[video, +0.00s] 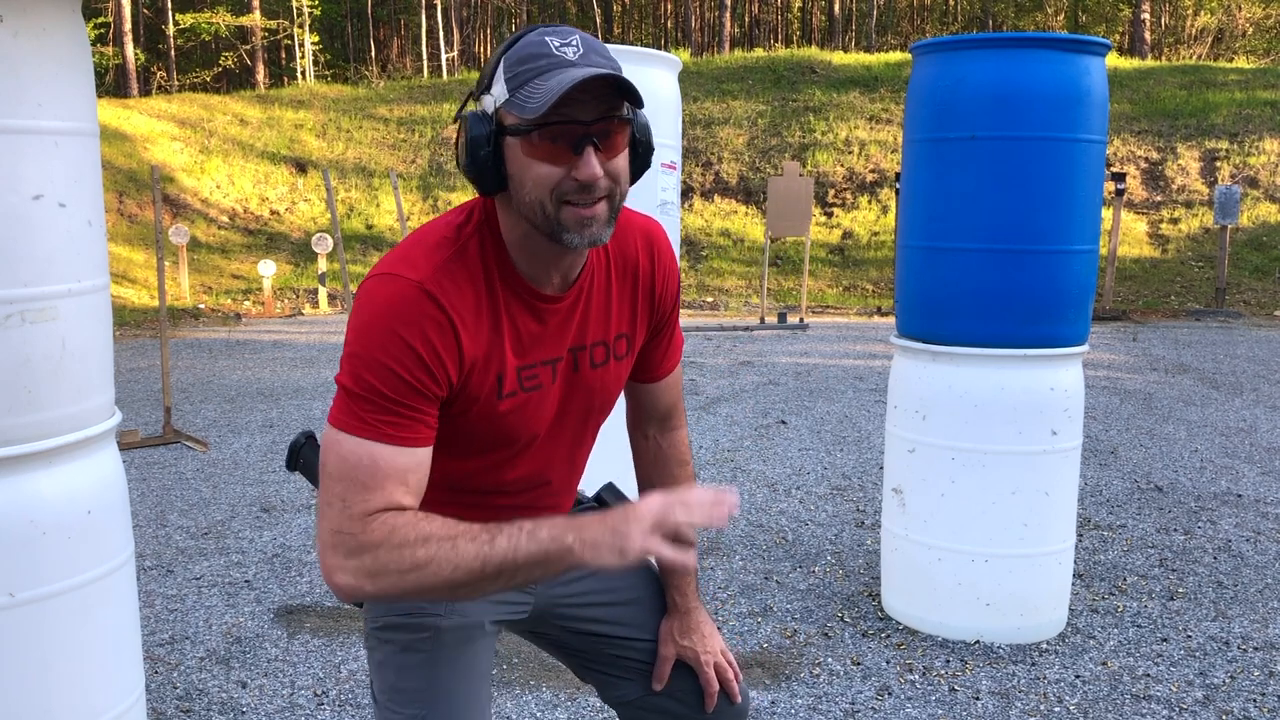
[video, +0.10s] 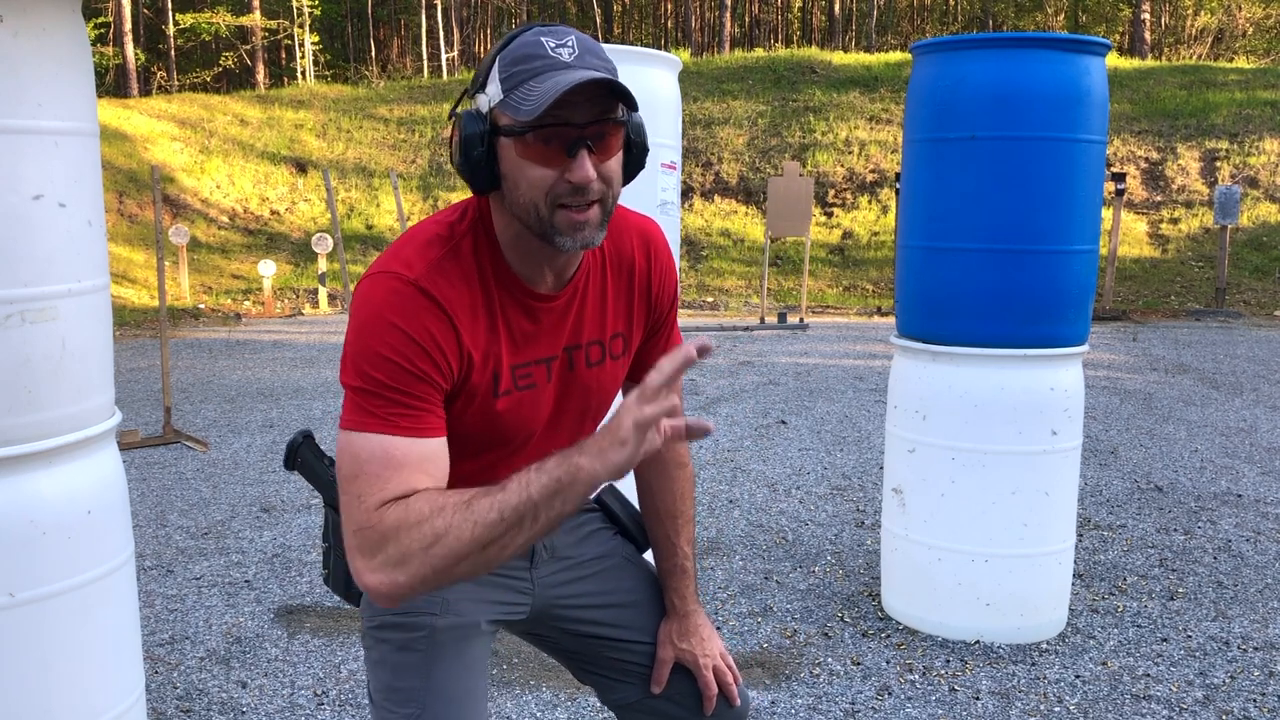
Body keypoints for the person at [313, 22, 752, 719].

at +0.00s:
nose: (590, 168)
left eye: (608, 138)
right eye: (559, 140)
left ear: (631, 145)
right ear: (490, 151)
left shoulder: (642, 255)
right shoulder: (413, 296)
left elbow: (661, 432)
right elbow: (357, 551)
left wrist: (685, 600)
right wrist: (580, 537)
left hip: (564, 547)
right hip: (430, 571)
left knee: (708, 701)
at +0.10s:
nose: (584, 172)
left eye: (602, 139)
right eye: (551, 141)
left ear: (626, 146)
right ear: (485, 150)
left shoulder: (641, 254)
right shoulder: (406, 293)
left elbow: (660, 427)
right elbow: (386, 557)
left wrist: (684, 605)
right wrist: (603, 455)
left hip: (572, 535)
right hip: (433, 567)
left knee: (711, 703)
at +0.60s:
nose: (581, 195)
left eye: (602, 161)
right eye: (550, 162)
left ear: (629, 159)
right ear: (489, 156)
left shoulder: (640, 257)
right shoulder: (406, 298)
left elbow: (658, 440)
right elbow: (389, 560)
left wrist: (681, 603)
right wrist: (598, 520)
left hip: (561, 546)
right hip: (426, 568)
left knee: (708, 703)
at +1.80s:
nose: (577, 198)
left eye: (601, 163)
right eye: (548, 163)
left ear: (634, 162)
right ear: (491, 157)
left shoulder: (650, 261)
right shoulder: (401, 291)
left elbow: (665, 435)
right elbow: (356, 542)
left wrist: (674, 601)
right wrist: (553, 578)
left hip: (551, 524)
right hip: (416, 532)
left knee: (688, 702)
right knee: (431, 707)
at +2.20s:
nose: (607, 188)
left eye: (633, 157)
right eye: (583, 151)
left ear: (657, 165)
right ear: (511, 141)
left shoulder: (657, 262)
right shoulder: (407, 282)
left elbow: (669, 434)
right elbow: (321, 526)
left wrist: (679, 604)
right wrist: (528, 565)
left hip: (554, 520)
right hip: (415, 525)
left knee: (691, 704)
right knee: (433, 708)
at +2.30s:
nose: (613, 185)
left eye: (640, 155)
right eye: (591, 145)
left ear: (661, 166)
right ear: (519, 135)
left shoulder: (657, 260)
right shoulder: (406, 268)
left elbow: (669, 435)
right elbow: (317, 517)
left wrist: (676, 608)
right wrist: (540, 472)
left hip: (569, 530)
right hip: (421, 547)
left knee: (692, 705)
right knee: (431, 707)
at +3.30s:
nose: (633, 186)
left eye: (643, 160)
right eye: (609, 154)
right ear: (512, 142)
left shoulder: (631, 254)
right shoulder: (393, 271)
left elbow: (652, 429)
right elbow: (354, 517)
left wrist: (670, 610)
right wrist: (579, 422)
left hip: (551, 534)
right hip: (417, 554)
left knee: (688, 704)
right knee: (428, 705)